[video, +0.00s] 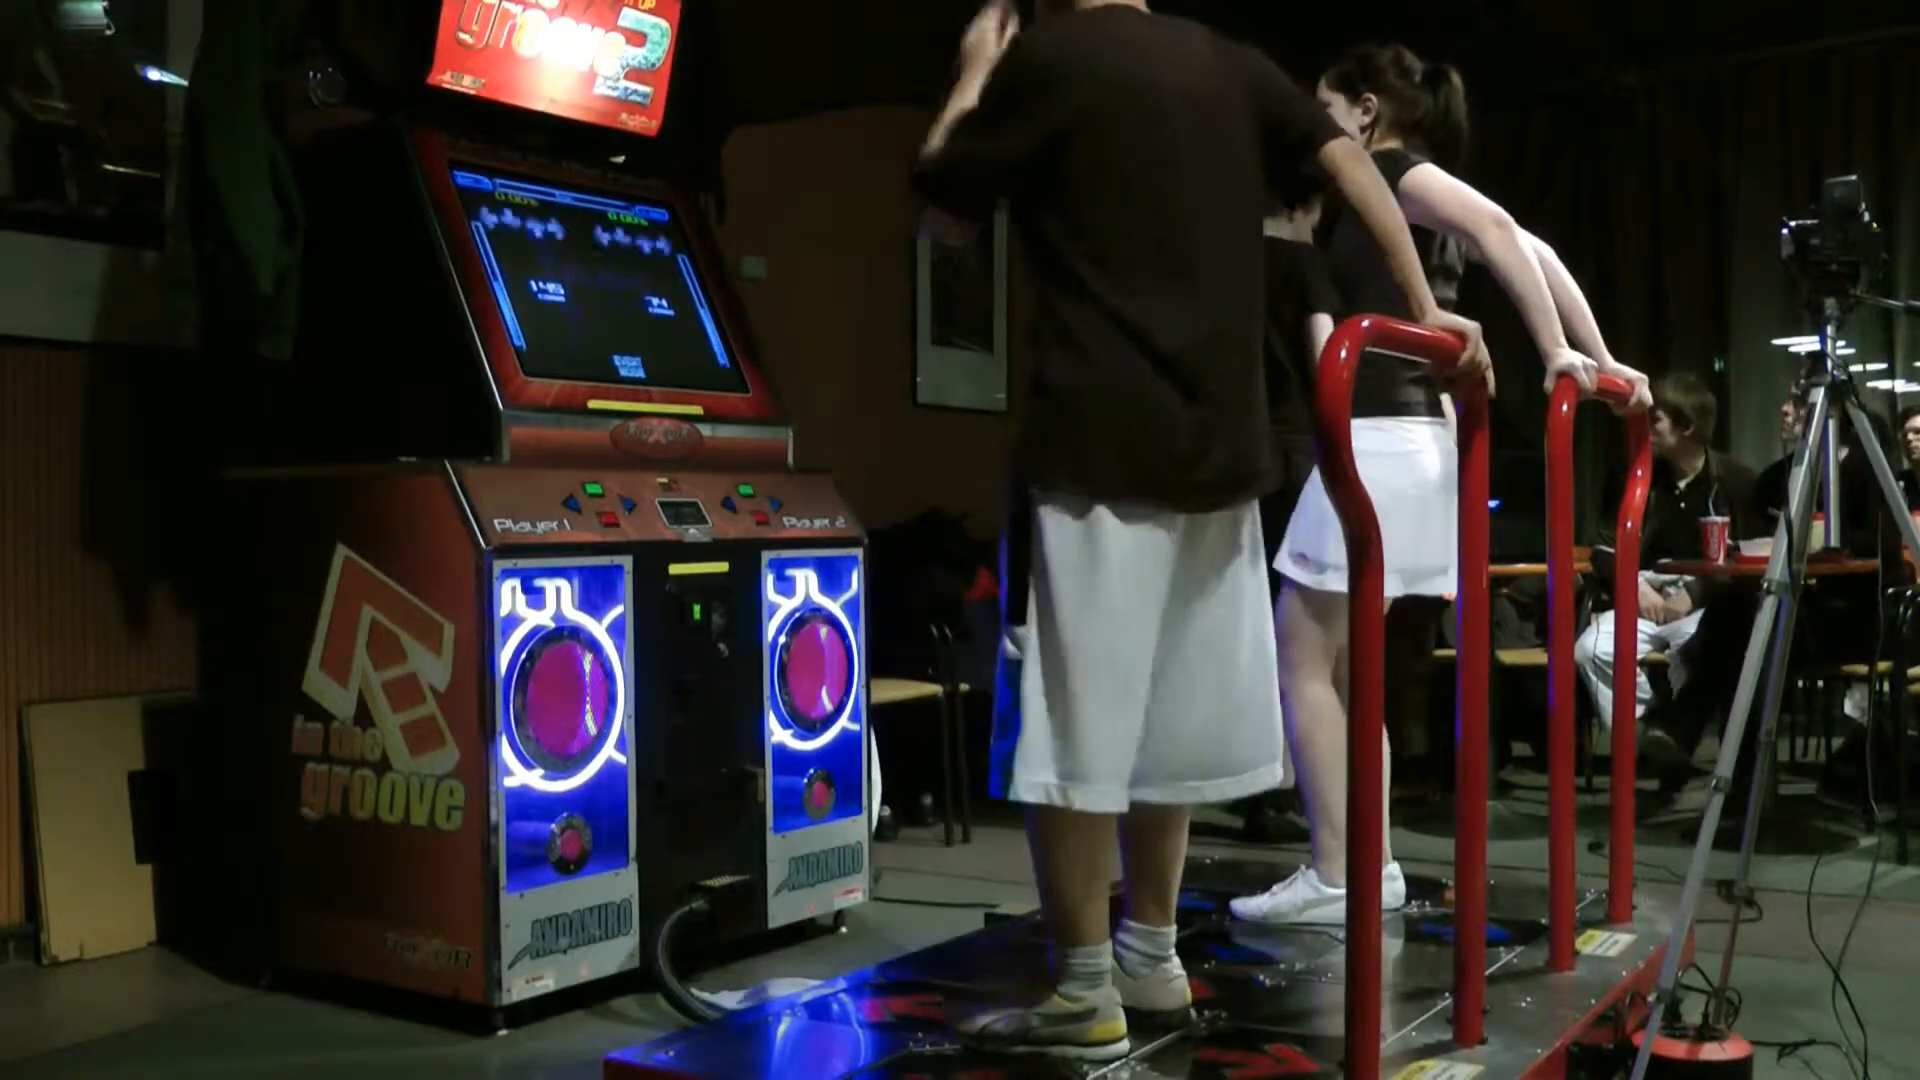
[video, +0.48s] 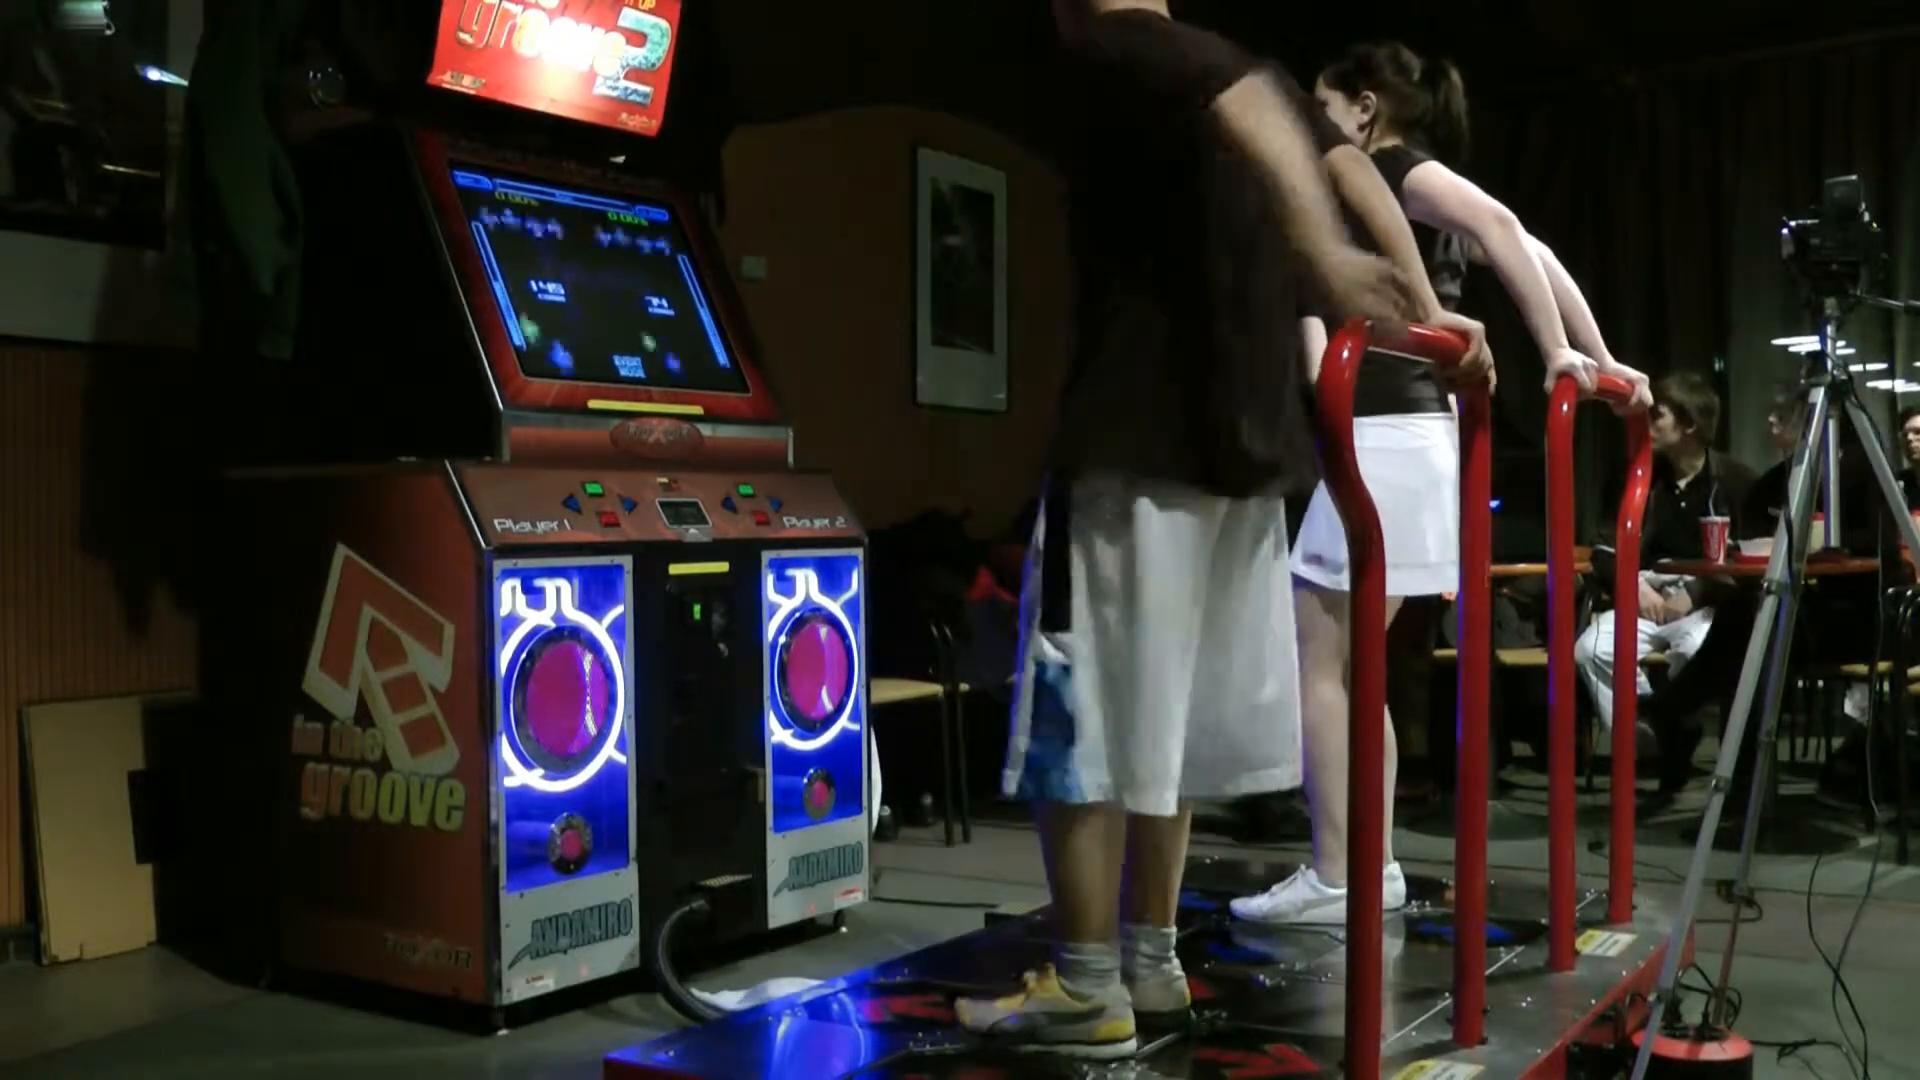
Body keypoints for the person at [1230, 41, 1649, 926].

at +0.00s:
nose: (1320, 123)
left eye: (1329, 107)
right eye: (1321, 109)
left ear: (1369, 108)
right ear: (1396, 114)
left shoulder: (1391, 173)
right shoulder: (1404, 182)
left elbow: (1502, 233)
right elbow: (1541, 256)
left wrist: (1556, 351)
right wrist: (1601, 357)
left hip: (1369, 448)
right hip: (1411, 448)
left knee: (1303, 662)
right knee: (1350, 672)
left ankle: (1332, 874)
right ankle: (1373, 869)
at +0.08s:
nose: (1320, 120)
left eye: (1329, 104)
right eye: (1321, 106)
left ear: (1369, 106)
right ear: (1395, 113)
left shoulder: (1390, 170)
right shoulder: (1404, 179)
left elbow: (1497, 230)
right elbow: (1538, 257)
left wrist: (1555, 350)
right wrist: (1600, 356)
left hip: (1371, 445)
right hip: (1407, 445)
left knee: (1306, 659)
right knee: (1350, 670)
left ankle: (1332, 874)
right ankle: (1373, 871)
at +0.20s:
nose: (1319, 119)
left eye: (1329, 103)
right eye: (1320, 105)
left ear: (1372, 104)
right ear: (1393, 111)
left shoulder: (1391, 169)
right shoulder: (1407, 178)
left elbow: (1498, 230)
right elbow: (1537, 259)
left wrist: (1555, 350)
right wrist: (1602, 357)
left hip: (1368, 442)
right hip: (1407, 443)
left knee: (1311, 662)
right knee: (1354, 670)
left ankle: (1333, 875)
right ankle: (1374, 873)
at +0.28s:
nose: (1319, 119)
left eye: (1328, 103)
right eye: (1320, 106)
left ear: (1370, 103)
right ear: (1394, 110)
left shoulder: (1392, 169)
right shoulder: (1406, 177)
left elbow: (1502, 232)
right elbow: (1535, 256)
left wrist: (1556, 350)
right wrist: (1601, 356)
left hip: (1369, 443)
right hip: (1411, 444)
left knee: (1315, 662)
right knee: (1356, 668)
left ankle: (1333, 875)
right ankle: (1374, 874)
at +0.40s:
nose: (1318, 120)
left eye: (1327, 104)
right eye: (1319, 106)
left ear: (1370, 104)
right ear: (1395, 110)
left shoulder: (1390, 170)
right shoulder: (1409, 176)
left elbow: (1502, 232)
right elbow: (1537, 256)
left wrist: (1557, 350)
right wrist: (1600, 355)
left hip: (1368, 445)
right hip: (1411, 447)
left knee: (1320, 666)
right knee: (1358, 668)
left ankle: (1333, 876)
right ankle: (1375, 872)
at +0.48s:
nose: (1319, 122)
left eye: (1327, 106)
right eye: (1320, 108)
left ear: (1369, 105)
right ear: (1392, 112)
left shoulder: (1390, 170)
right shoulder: (1409, 178)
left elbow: (1503, 232)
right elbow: (1539, 256)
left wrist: (1557, 351)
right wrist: (1602, 356)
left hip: (1371, 448)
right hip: (1412, 449)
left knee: (1318, 666)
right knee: (1356, 671)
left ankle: (1333, 875)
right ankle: (1374, 873)